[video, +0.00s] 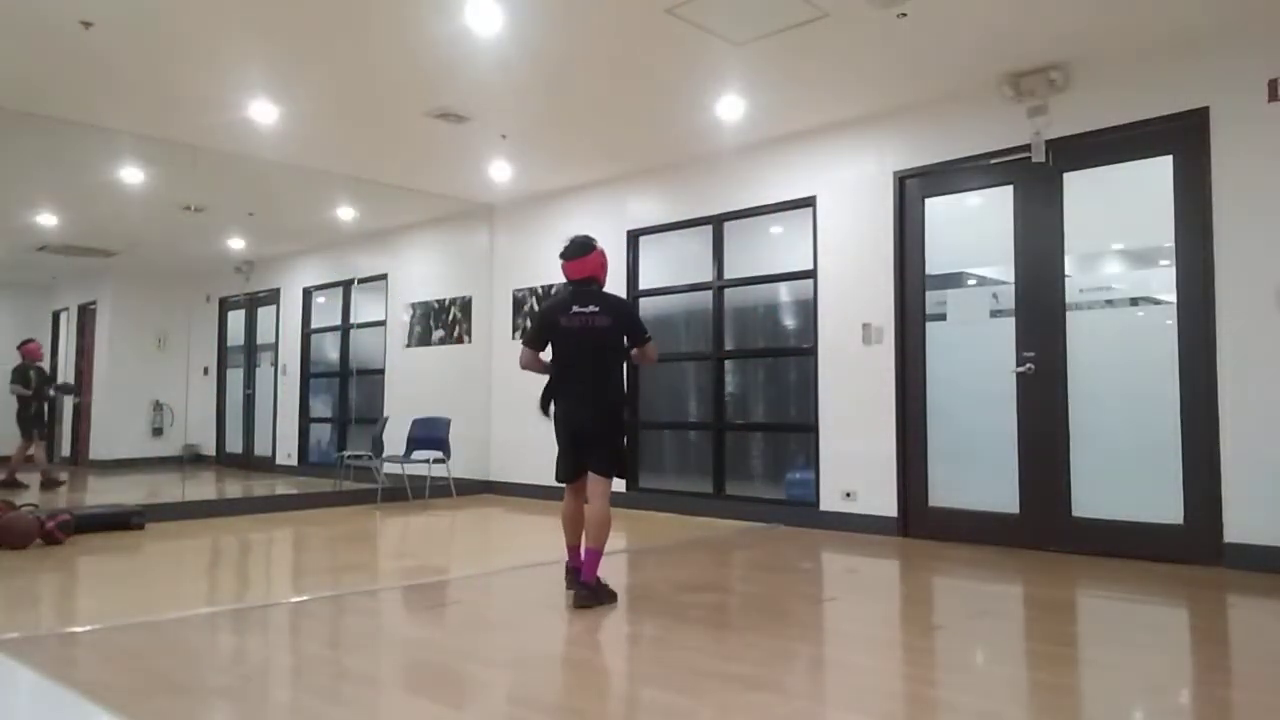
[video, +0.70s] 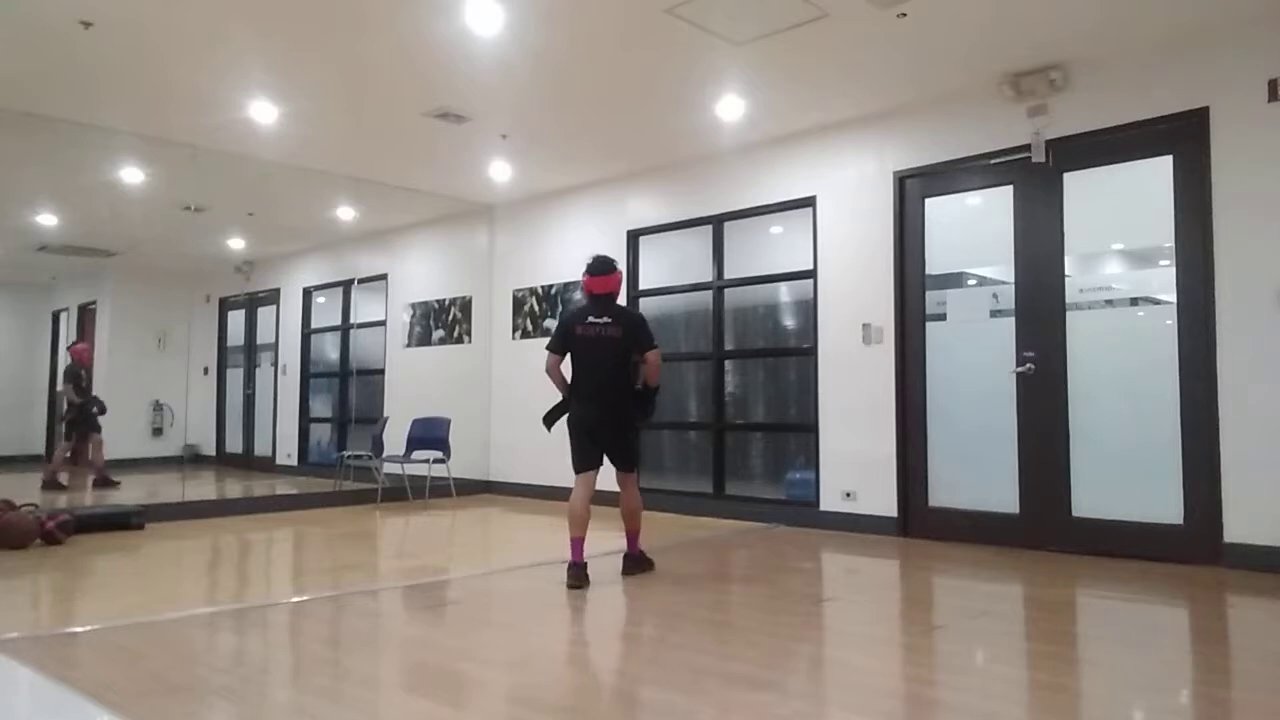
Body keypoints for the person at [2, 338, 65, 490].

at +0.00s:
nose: (42, 352)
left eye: (41, 349)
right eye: (38, 350)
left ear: (32, 353)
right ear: (30, 353)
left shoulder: (40, 370)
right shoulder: (19, 369)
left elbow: (49, 384)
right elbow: (14, 388)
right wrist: (32, 393)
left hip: (38, 410)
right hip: (26, 410)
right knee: (36, 442)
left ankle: (10, 476)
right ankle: (46, 478)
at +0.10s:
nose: (48, 353)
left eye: (46, 350)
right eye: (44, 350)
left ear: (35, 354)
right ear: (37, 353)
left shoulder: (48, 370)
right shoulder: (27, 370)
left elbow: (51, 388)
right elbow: (19, 389)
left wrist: (62, 395)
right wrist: (35, 400)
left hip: (46, 411)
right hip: (36, 412)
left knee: (36, 444)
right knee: (49, 444)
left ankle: (12, 475)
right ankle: (49, 478)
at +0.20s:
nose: (54, 353)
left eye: (54, 350)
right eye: (51, 351)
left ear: (51, 352)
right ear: (42, 353)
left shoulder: (56, 370)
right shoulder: (34, 370)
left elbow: (60, 390)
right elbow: (26, 389)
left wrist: (67, 400)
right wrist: (42, 399)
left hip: (55, 410)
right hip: (42, 411)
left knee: (55, 446)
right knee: (52, 445)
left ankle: (24, 469)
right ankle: (49, 479)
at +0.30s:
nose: (62, 350)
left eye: (61, 348)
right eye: (58, 348)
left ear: (54, 351)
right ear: (50, 352)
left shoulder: (61, 368)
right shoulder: (42, 367)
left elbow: (64, 388)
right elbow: (35, 386)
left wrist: (72, 400)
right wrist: (49, 397)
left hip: (61, 408)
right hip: (48, 409)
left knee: (71, 439)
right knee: (52, 443)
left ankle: (44, 467)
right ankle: (49, 477)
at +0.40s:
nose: (70, 351)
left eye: (69, 348)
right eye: (66, 348)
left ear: (62, 351)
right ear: (57, 351)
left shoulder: (67, 367)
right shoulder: (49, 366)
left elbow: (69, 386)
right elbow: (44, 385)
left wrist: (73, 398)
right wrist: (57, 397)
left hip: (67, 407)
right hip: (54, 408)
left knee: (80, 437)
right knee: (54, 442)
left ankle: (64, 467)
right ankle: (50, 475)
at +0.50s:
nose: (74, 353)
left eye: (74, 350)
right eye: (71, 350)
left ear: (74, 352)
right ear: (63, 352)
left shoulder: (76, 369)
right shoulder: (57, 368)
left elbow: (76, 389)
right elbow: (52, 387)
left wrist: (80, 402)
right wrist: (65, 400)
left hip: (72, 411)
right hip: (57, 411)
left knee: (83, 438)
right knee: (55, 444)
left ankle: (84, 474)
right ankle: (49, 477)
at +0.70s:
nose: (89, 356)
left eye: (88, 353)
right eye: (86, 353)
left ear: (81, 355)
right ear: (79, 355)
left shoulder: (85, 371)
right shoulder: (71, 370)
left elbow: (85, 390)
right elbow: (68, 390)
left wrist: (94, 401)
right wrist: (81, 403)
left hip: (86, 410)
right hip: (74, 411)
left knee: (97, 440)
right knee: (67, 444)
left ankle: (101, 476)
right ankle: (49, 477)